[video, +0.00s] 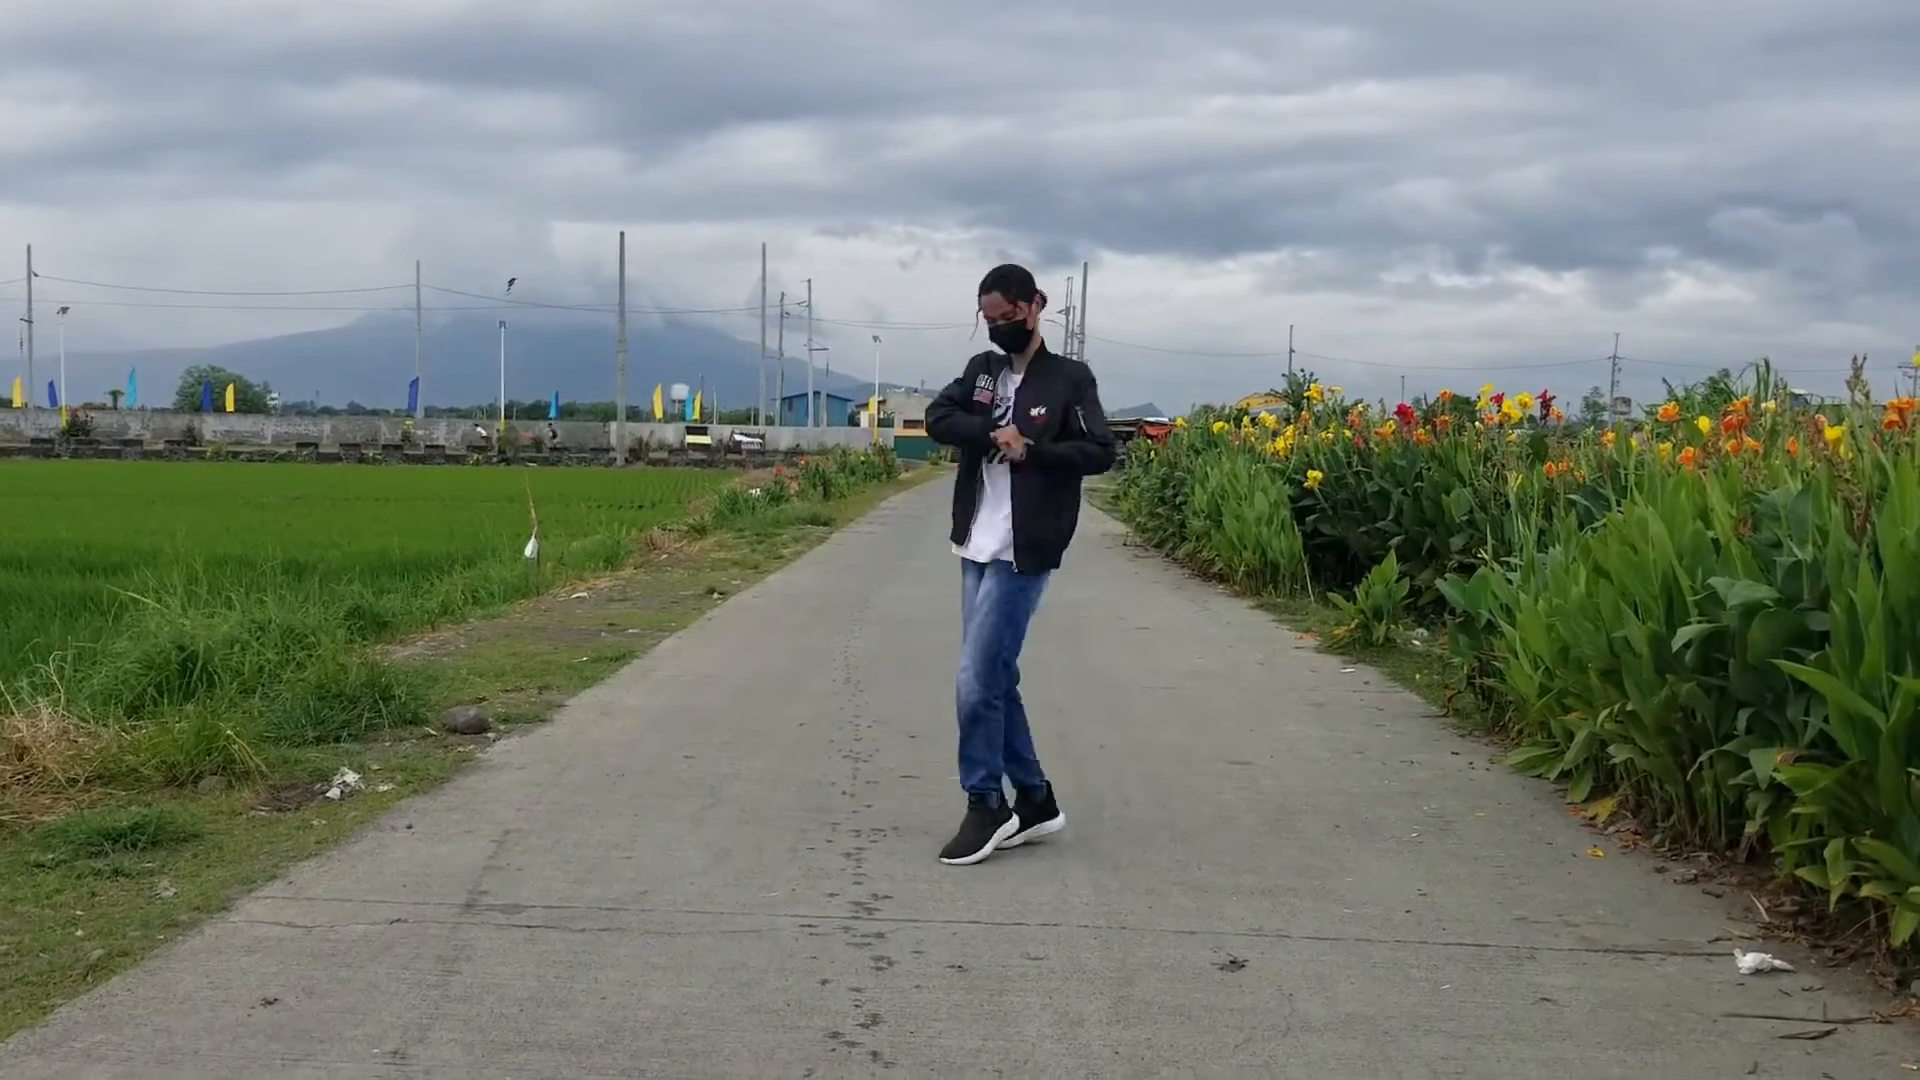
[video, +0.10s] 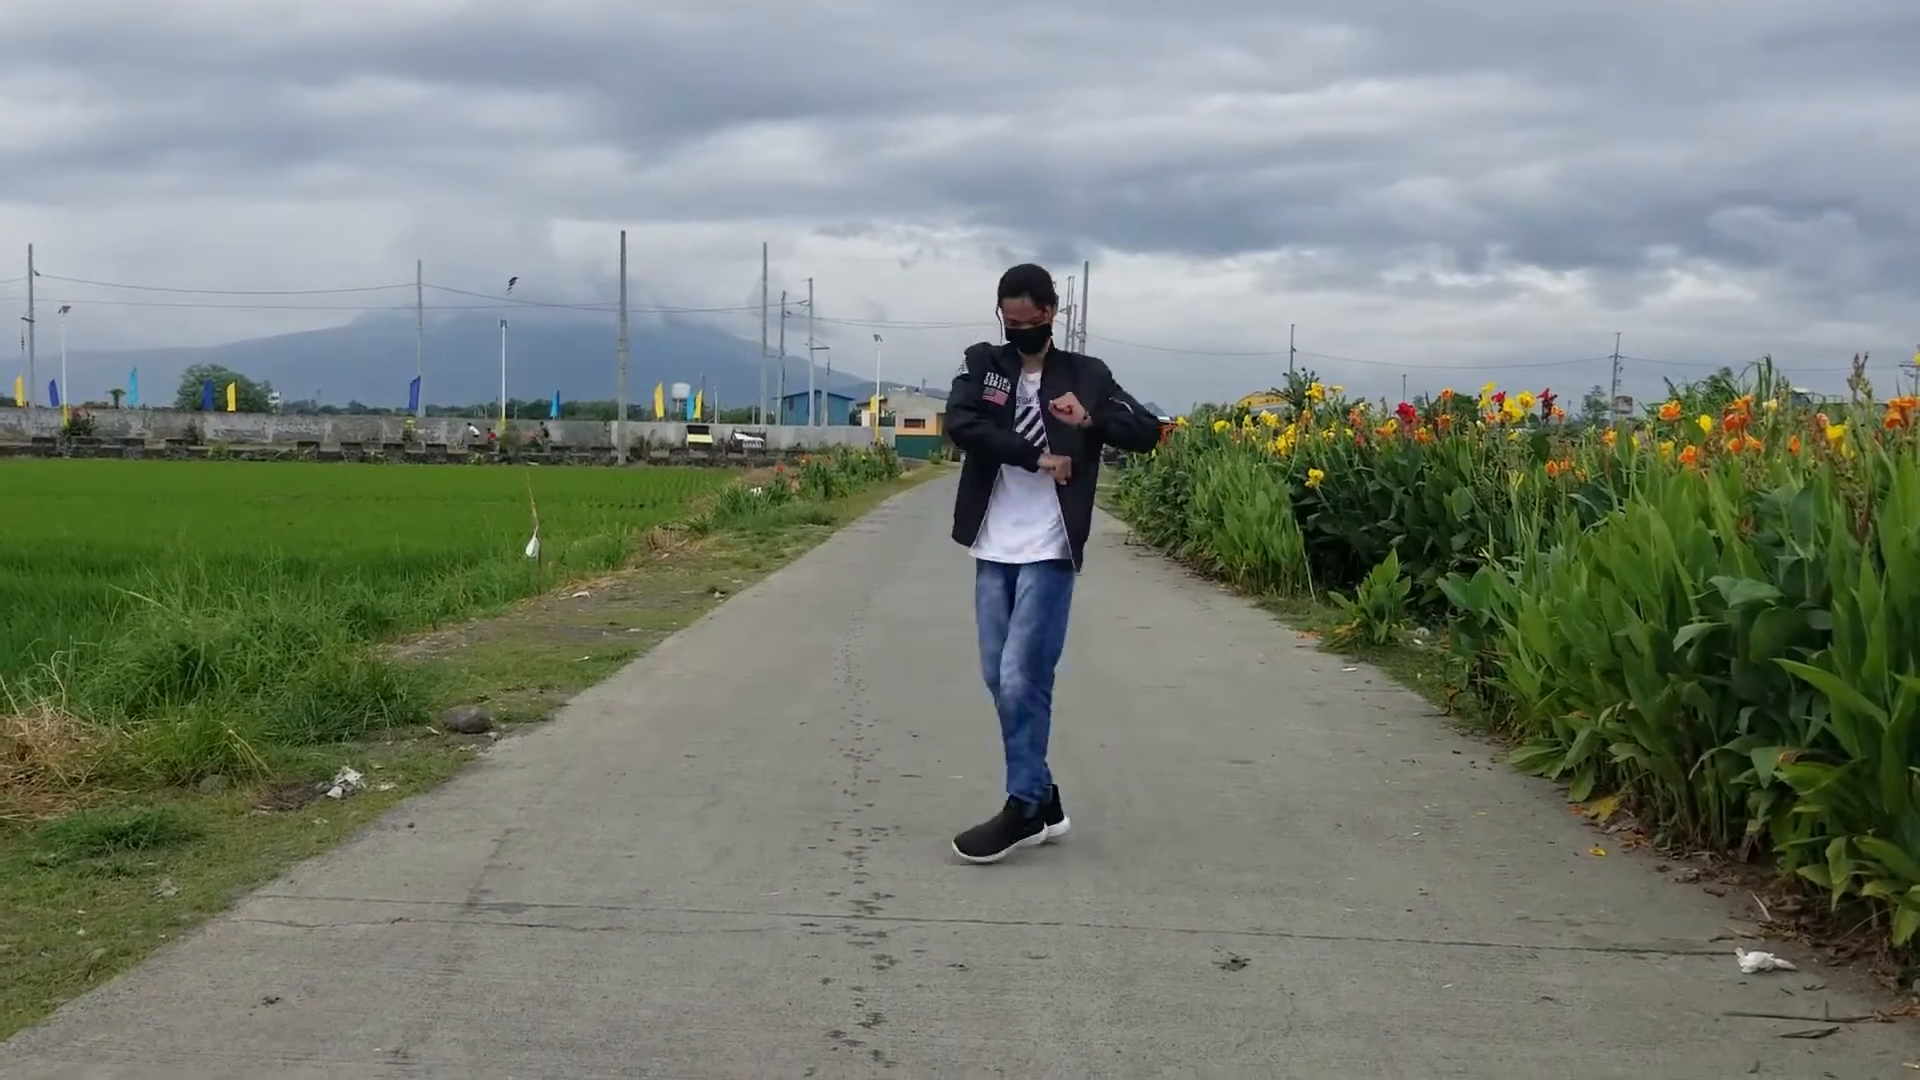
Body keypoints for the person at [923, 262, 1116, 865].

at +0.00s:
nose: (994, 329)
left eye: (1002, 318)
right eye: (987, 320)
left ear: (1033, 307)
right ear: (985, 316)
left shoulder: (1071, 377)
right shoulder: (982, 368)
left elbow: (1103, 451)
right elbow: (937, 417)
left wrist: (1034, 450)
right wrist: (991, 433)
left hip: (1023, 550)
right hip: (975, 543)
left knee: (976, 677)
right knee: (991, 676)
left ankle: (985, 806)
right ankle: (1034, 798)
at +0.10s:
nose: (1022, 331)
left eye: (1031, 320)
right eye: (1013, 320)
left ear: (1052, 311)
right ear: (1000, 314)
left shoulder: (1087, 374)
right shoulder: (984, 361)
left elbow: (1146, 432)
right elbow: (960, 422)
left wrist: (1092, 417)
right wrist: (1035, 456)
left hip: (1049, 548)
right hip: (992, 543)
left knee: (1021, 677)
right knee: (998, 677)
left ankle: (1019, 808)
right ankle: (1040, 798)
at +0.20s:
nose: (1046, 348)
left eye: (1056, 337)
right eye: (1035, 337)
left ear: (1073, 323)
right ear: (1018, 323)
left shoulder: (1100, 375)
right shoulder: (996, 370)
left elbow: (1172, 430)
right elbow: (998, 450)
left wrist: (1119, 418)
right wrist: (1072, 484)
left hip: (1079, 556)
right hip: (1013, 553)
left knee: (1087, 678)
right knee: (990, 674)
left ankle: (1105, 809)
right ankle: (1037, 798)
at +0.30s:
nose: (1060, 365)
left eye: (1069, 354)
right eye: (1049, 355)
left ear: (1089, 351)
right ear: (1035, 354)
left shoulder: (1118, 405)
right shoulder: (1013, 402)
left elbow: (1168, 476)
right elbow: (1022, 496)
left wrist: (1155, 489)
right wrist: (1101, 539)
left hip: (1104, 591)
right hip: (1027, 590)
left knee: (1158, 694)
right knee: (970, 685)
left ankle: (1184, 806)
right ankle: (1034, 796)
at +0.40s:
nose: (1083, 389)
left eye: (1091, 379)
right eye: (1071, 381)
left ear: (1103, 379)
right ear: (1050, 384)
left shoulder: (1133, 442)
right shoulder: (1034, 449)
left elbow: (1162, 526)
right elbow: (1047, 543)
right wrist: (1114, 597)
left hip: (1126, 613)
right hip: (1046, 616)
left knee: (1217, 679)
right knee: (962, 684)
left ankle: (1207, 804)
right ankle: (1031, 791)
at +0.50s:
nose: (1101, 376)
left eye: (1109, 365)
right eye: (1088, 368)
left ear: (1120, 367)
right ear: (1066, 373)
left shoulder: (1148, 431)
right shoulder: (1048, 438)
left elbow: (1183, 503)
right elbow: (1060, 533)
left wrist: (1215, 564)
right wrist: (1134, 577)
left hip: (1141, 601)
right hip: (1061, 604)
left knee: (1227, 672)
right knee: (986, 680)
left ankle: (1209, 796)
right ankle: (1039, 795)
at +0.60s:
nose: (1110, 334)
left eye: (1118, 322)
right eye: (1098, 323)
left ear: (1129, 318)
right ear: (1073, 321)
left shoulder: (1150, 374)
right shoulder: (1050, 379)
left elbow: (1198, 422)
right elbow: (1064, 463)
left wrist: (1222, 436)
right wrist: (1146, 469)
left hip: (1143, 559)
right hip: (1073, 558)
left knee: (1184, 674)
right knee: (1043, 674)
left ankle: (1197, 791)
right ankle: (1047, 791)